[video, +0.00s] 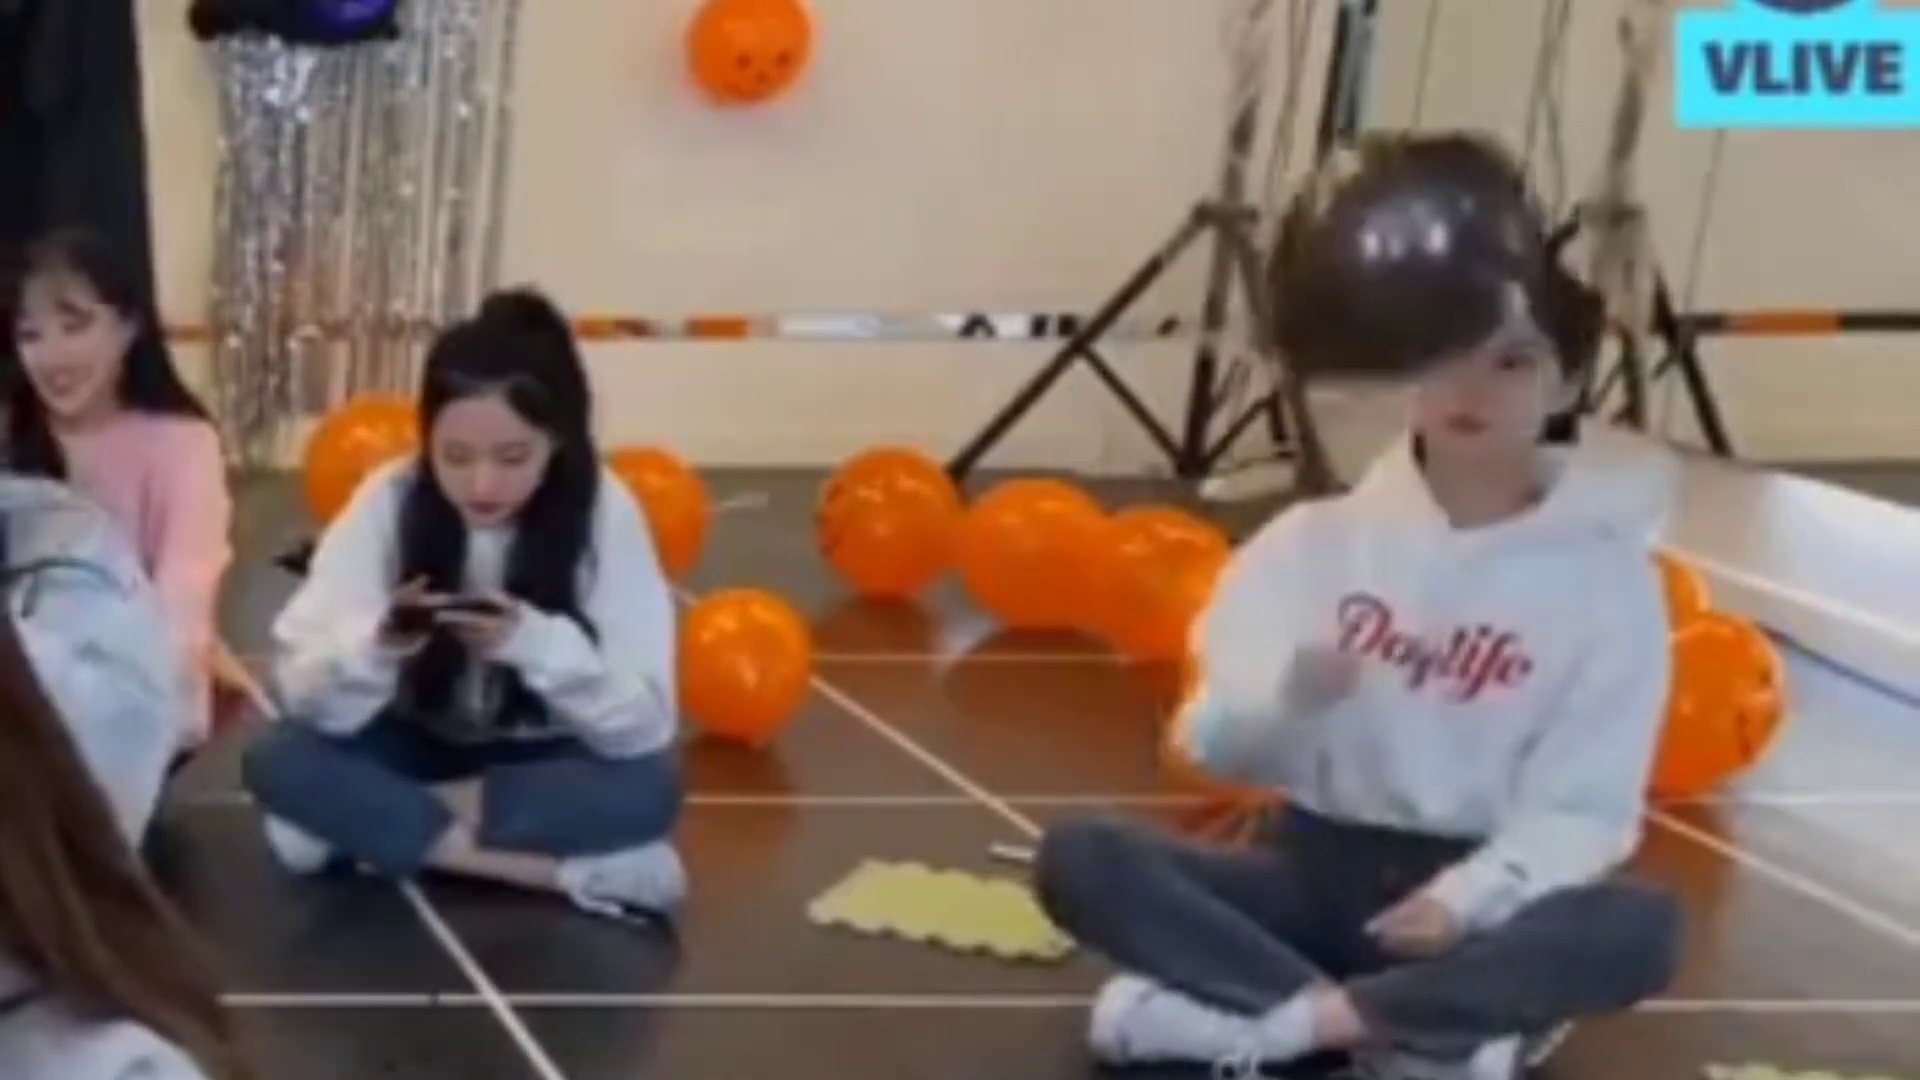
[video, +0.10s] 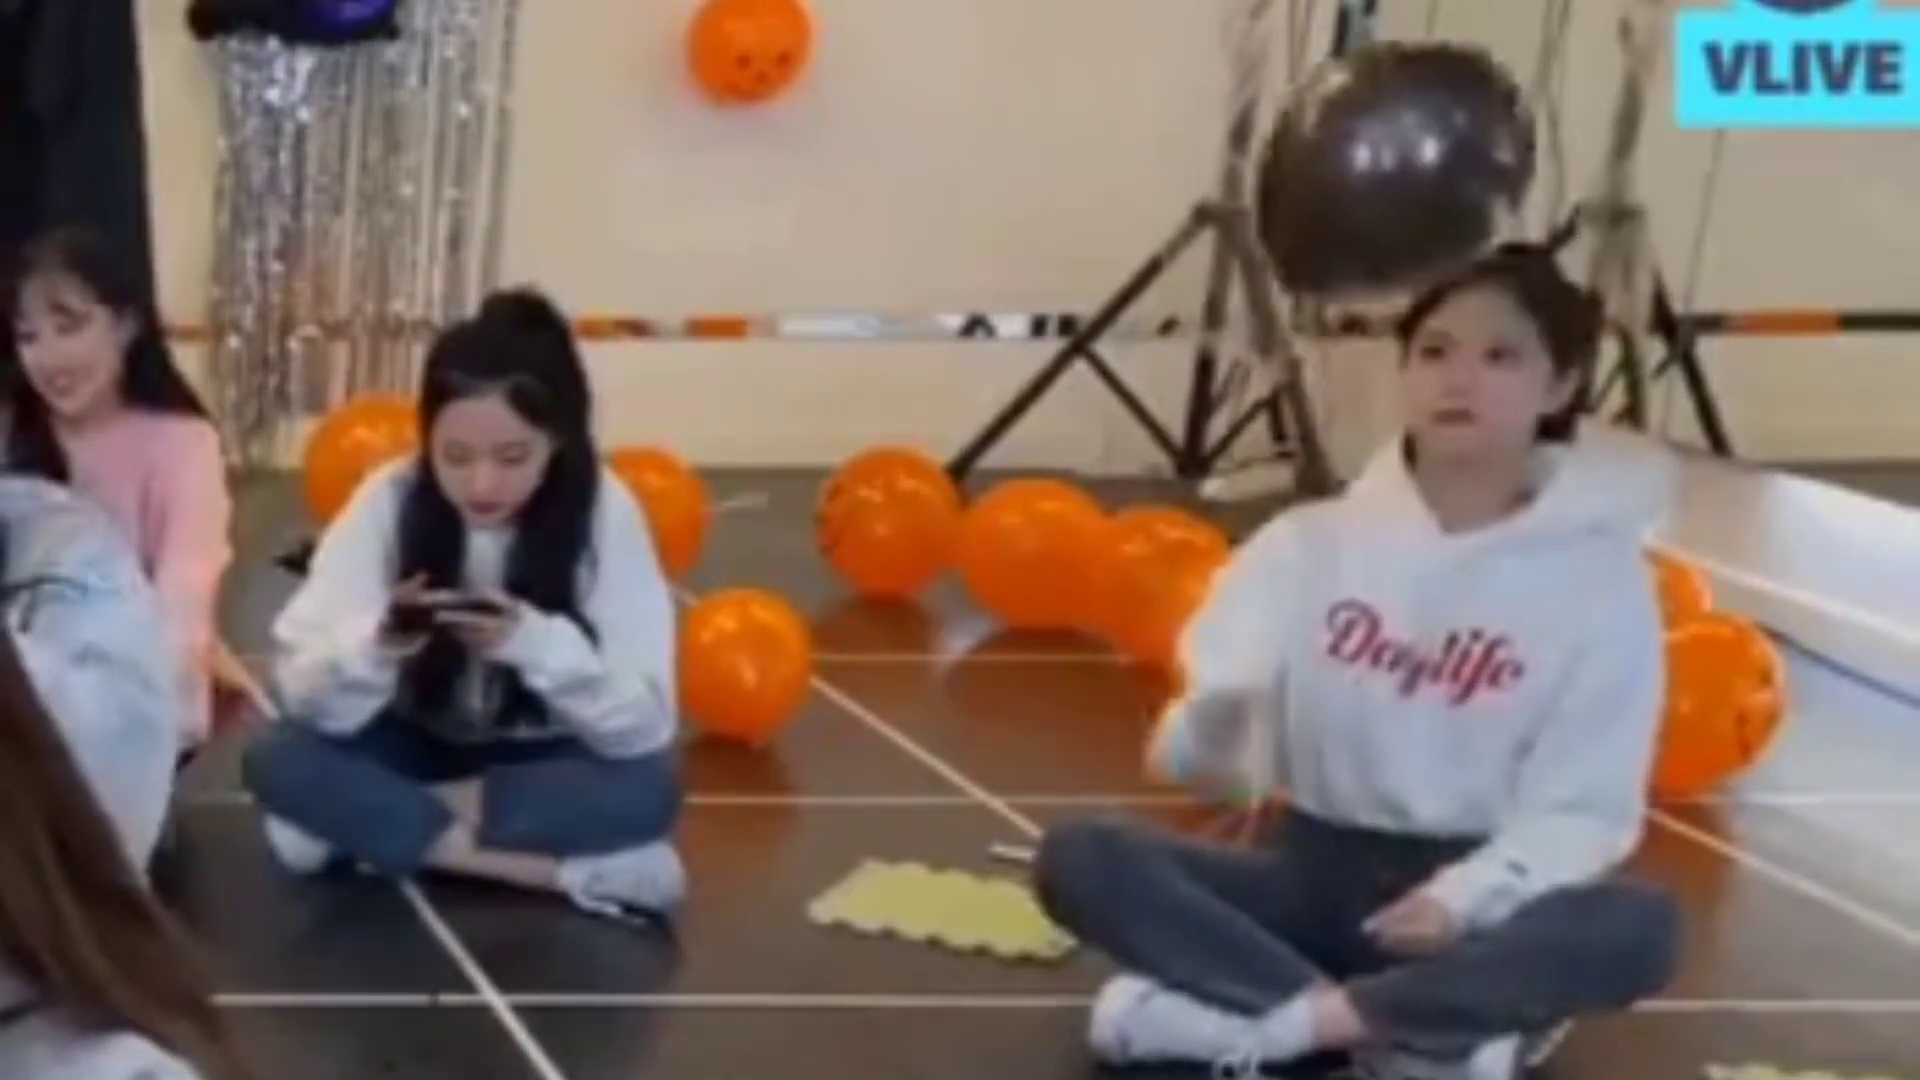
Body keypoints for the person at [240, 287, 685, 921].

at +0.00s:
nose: (482, 487)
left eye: (512, 459)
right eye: (457, 458)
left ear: (559, 445)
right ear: (426, 440)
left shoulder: (603, 513)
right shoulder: (389, 501)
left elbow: (644, 724)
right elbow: (305, 698)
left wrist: (529, 643)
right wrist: (383, 647)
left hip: (542, 744)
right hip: (409, 739)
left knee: (647, 789)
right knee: (276, 761)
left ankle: (367, 839)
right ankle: (550, 877)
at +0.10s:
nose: (482, 487)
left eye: (512, 459)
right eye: (457, 458)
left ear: (559, 445)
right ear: (426, 440)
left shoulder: (603, 513)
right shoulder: (389, 501)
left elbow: (644, 724)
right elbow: (305, 699)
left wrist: (529, 642)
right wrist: (383, 646)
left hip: (542, 744)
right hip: (409, 739)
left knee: (646, 790)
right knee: (276, 760)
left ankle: (367, 839)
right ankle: (550, 878)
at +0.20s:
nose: (482, 487)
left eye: (512, 459)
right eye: (457, 458)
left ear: (559, 445)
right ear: (426, 440)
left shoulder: (603, 512)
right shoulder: (389, 501)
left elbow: (644, 724)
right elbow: (304, 698)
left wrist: (527, 641)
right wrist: (385, 640)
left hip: (541, 744)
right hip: (408, 738)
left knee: (645, 792)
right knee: (275, 760)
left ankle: (366, 838)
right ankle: (550, 878)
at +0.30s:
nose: (482, 487)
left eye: (512, 459)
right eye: (457, 458)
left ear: (559, 445)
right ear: (426, 441)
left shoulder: (603, 512)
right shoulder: (388, 502)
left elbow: (643, 724)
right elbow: (305, 699)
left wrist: (527, 641)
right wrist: (387, 638)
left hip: (542, 745)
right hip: (408, 740)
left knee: (645, 792)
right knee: (276, 760)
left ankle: (366, 839)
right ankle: (550, 878)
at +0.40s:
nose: (482, 487)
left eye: (512, 459)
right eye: (457, 458)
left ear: (559, 445)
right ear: (426, 441)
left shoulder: (603, 512)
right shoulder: (388, 503)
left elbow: (643, 724)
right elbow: (305, 700)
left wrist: (529, 640)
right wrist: (387, 638)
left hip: (541, 744)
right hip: (408, 739)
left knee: (645, 792)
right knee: (276, 758)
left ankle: (366, 839)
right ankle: (550, 878)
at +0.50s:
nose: (482, 487)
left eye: (511, 459)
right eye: (457, 458)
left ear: (559, 445)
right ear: (426, 441)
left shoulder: (603, 512)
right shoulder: (388, 503)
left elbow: (644, 724)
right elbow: (306, 700)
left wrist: (528, 640)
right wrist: (386, 638)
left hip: (541, 745)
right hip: (407, 741)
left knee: (645, 792)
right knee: (274, 759)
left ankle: (364, 838)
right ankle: (551, 878)